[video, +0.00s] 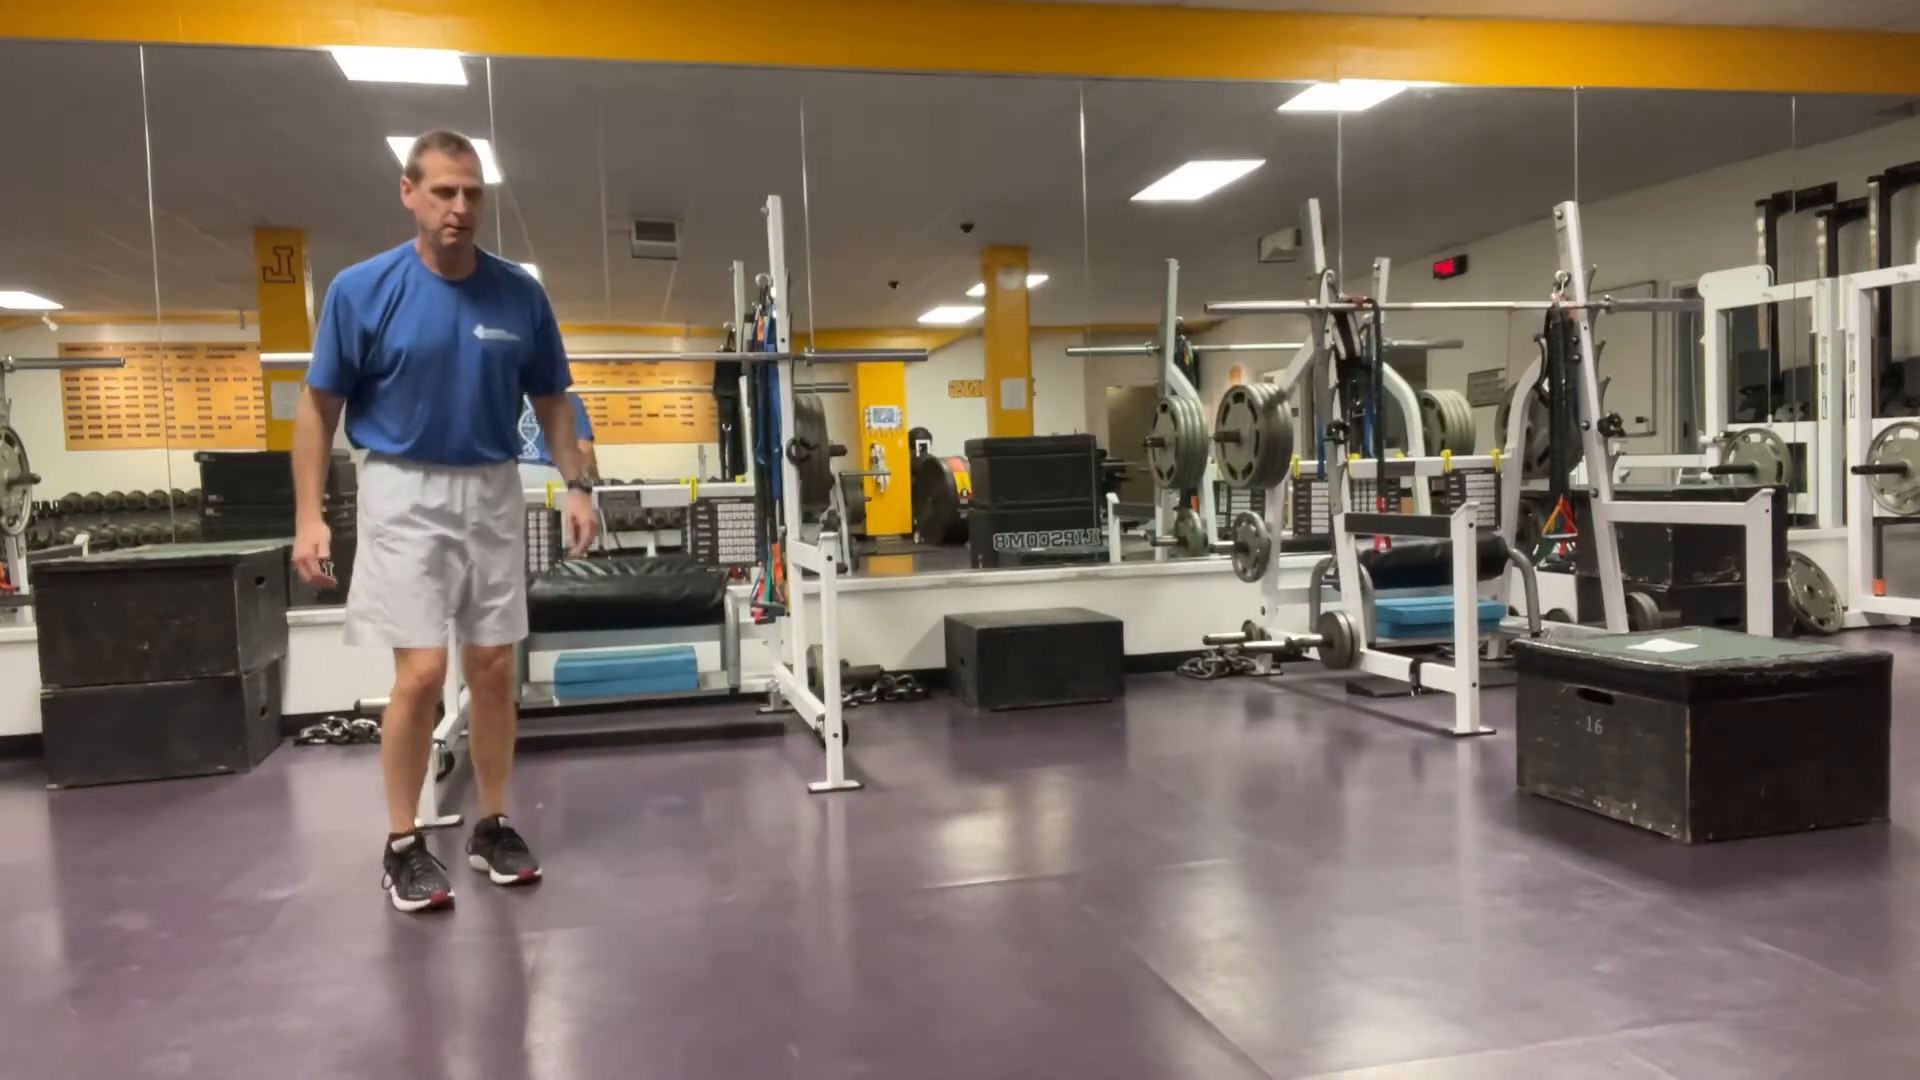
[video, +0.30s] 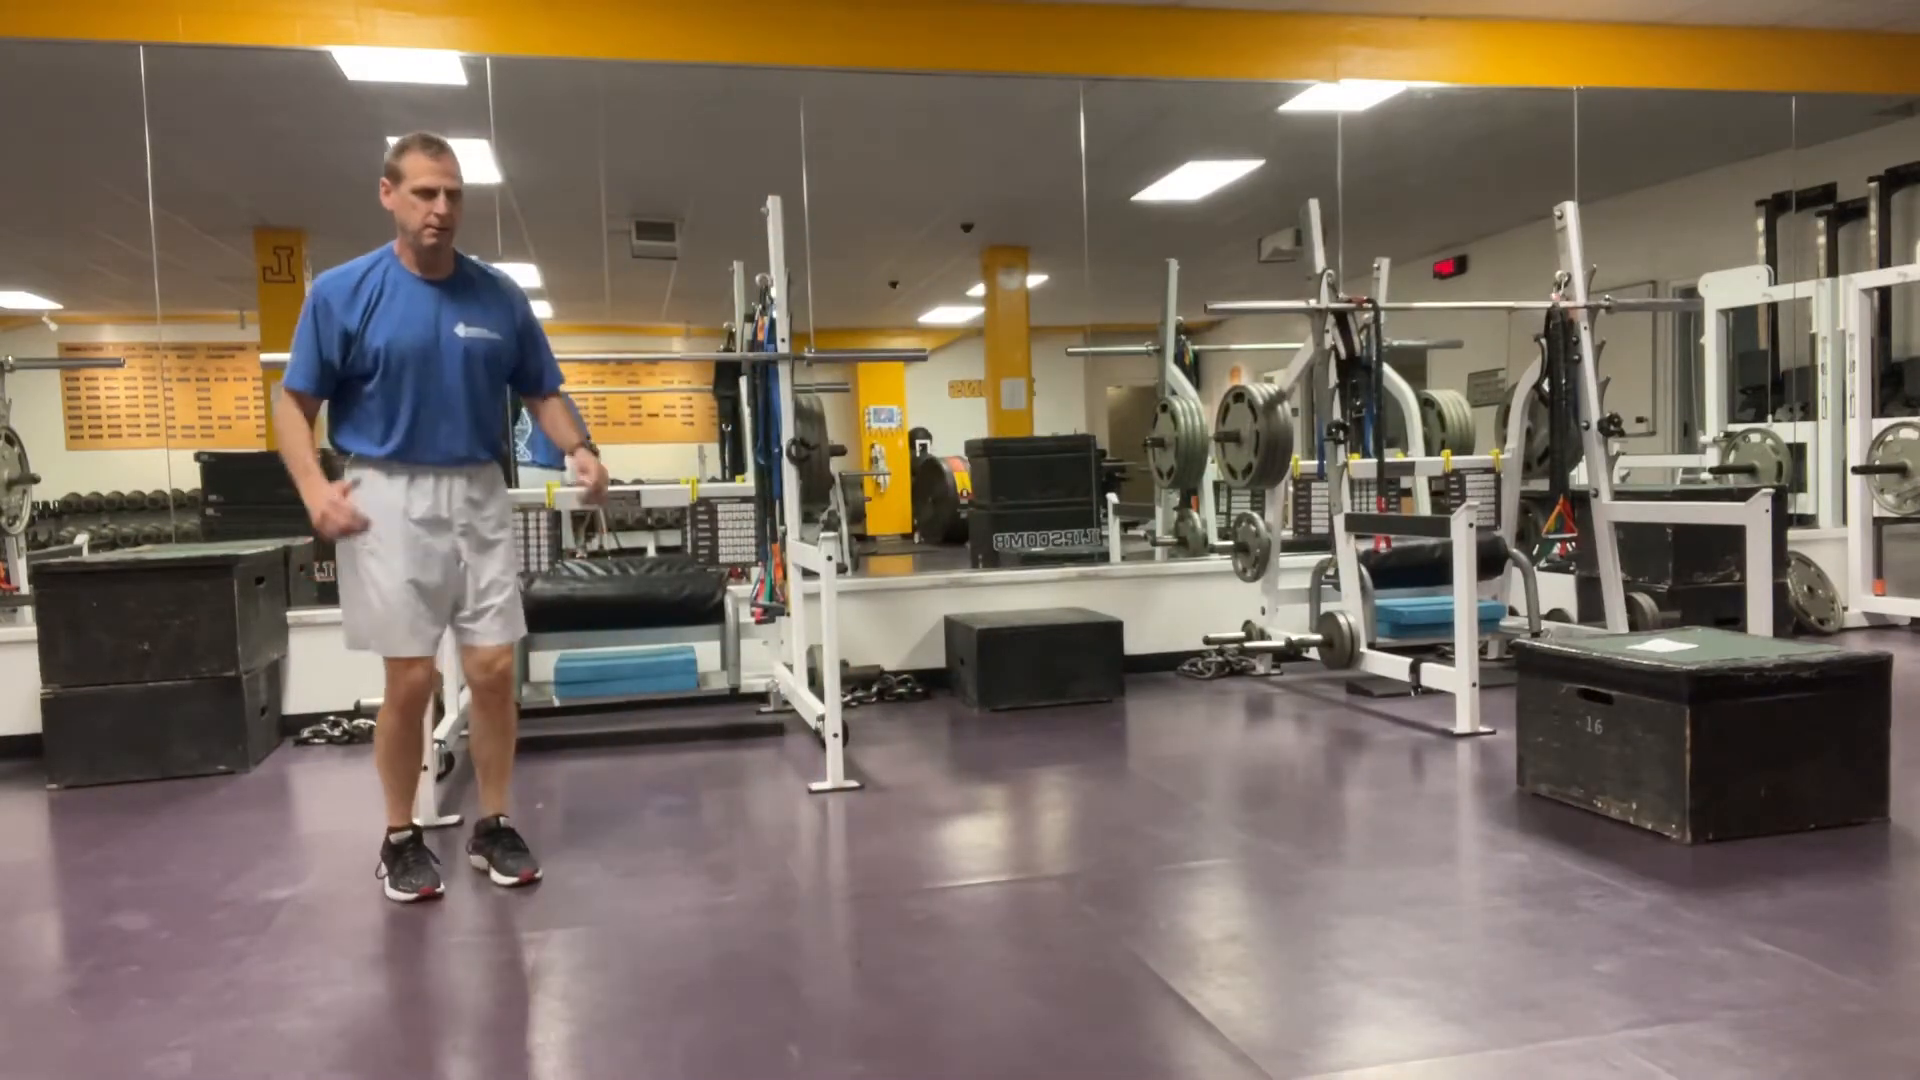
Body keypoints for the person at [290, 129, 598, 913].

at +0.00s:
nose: (460, 207)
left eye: (471, 193)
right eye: (444, 193)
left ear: (483, 199)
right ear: (409, 195)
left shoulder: (519, 295)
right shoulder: (358, 292)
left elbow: (553, 398)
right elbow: (317, 407)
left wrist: (579, 483)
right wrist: (309, 518)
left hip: (492, 494)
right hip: (402, 494)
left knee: (493, 667)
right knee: (422, 674)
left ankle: (496, 825)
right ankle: (404, 842)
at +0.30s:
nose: (441, 209)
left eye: (452, 195)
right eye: (425, 194)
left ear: (463, 201)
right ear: (388, 196)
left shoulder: (499, 297)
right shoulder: (340, 294)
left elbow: (543, 392)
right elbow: (291, 404)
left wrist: (579, 447)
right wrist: (316, 491)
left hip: (481, 497)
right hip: (388, 498)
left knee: (494, 670)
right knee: (412, 680)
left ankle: (494, 826)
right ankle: (401, 836)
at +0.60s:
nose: (407, 219)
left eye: (418, 205)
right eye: (391, 204)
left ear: (430, 209)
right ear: (353, 206)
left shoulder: (465, 295)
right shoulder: (305, 296)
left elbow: (502, 398)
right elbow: (273, 421)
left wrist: (519, 412)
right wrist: (334, 406)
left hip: (458, 489)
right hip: (362, 505)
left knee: (523, 587)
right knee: (387, 687)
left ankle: (503, 725)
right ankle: (399, 838)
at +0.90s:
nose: (414, 246)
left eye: (425, 229)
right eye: (397, 230)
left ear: (438, 231)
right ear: (358, 227)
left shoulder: (472, 311)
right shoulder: (304, 315)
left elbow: (509, 399)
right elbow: (251, 424)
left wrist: (527, 476)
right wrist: (257, 537)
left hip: (445, 487)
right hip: (353, 507)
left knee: (509, 556)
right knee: (386, 688)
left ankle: (471, 661)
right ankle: (400, 840)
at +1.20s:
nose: (440, 306)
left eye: (451, 290)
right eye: (421, 291)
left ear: (464, 289)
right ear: (381, 290)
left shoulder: (503, 360)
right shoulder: (331, 364)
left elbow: (516, 416)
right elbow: (263, 410)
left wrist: (502, 492)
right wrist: (241, 486)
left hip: (455, 527)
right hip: (362, 535)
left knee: (490, 668)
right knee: (414, 698)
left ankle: (426, 707)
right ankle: (400, 841)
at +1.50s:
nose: (465, 186)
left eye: (474, 167)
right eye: (446, 173)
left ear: (492, 171)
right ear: (411, 180)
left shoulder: (515, 232)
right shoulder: (383, 250)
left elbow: (604, 160)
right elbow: (400, 205)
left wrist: (561, 58)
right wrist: (453, 72)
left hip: (518, 473)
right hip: (429, 497)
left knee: (639, 539)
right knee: (441, 705)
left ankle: (617, 687)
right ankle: (403, 822)